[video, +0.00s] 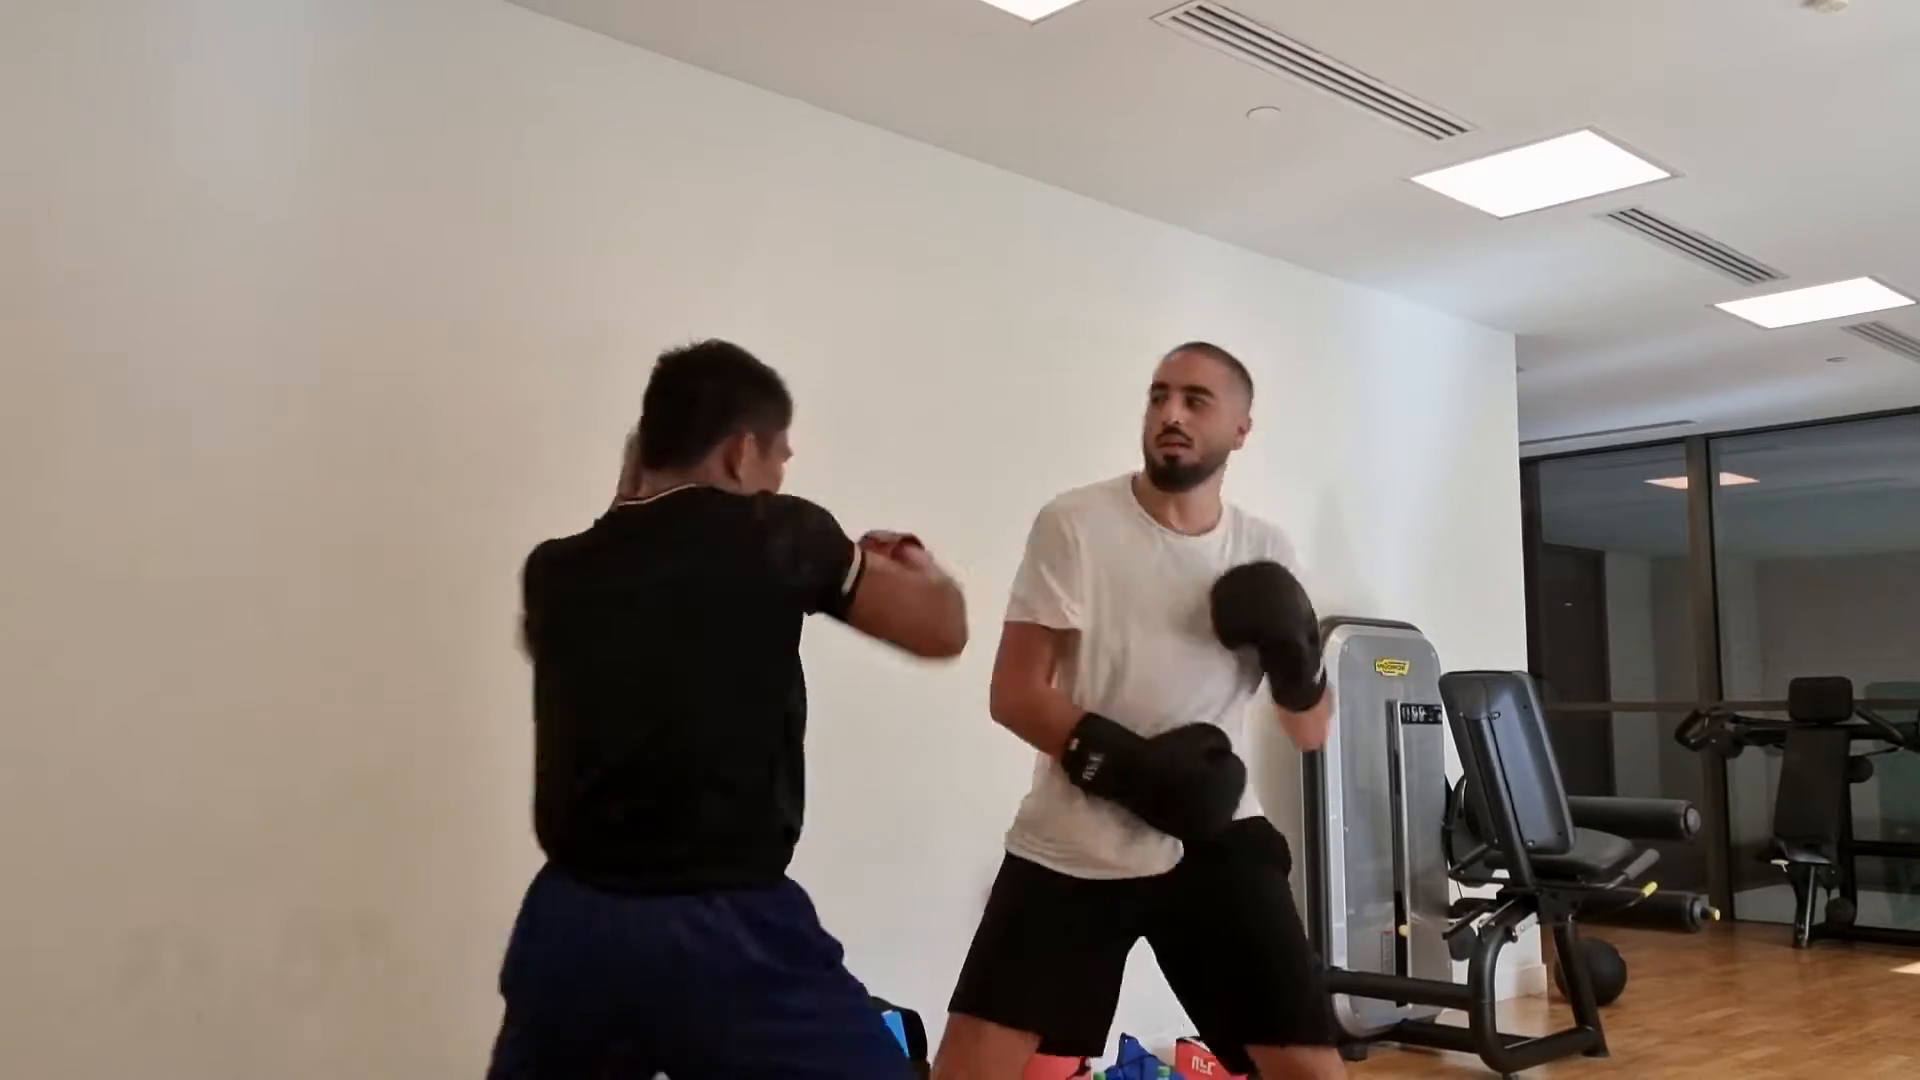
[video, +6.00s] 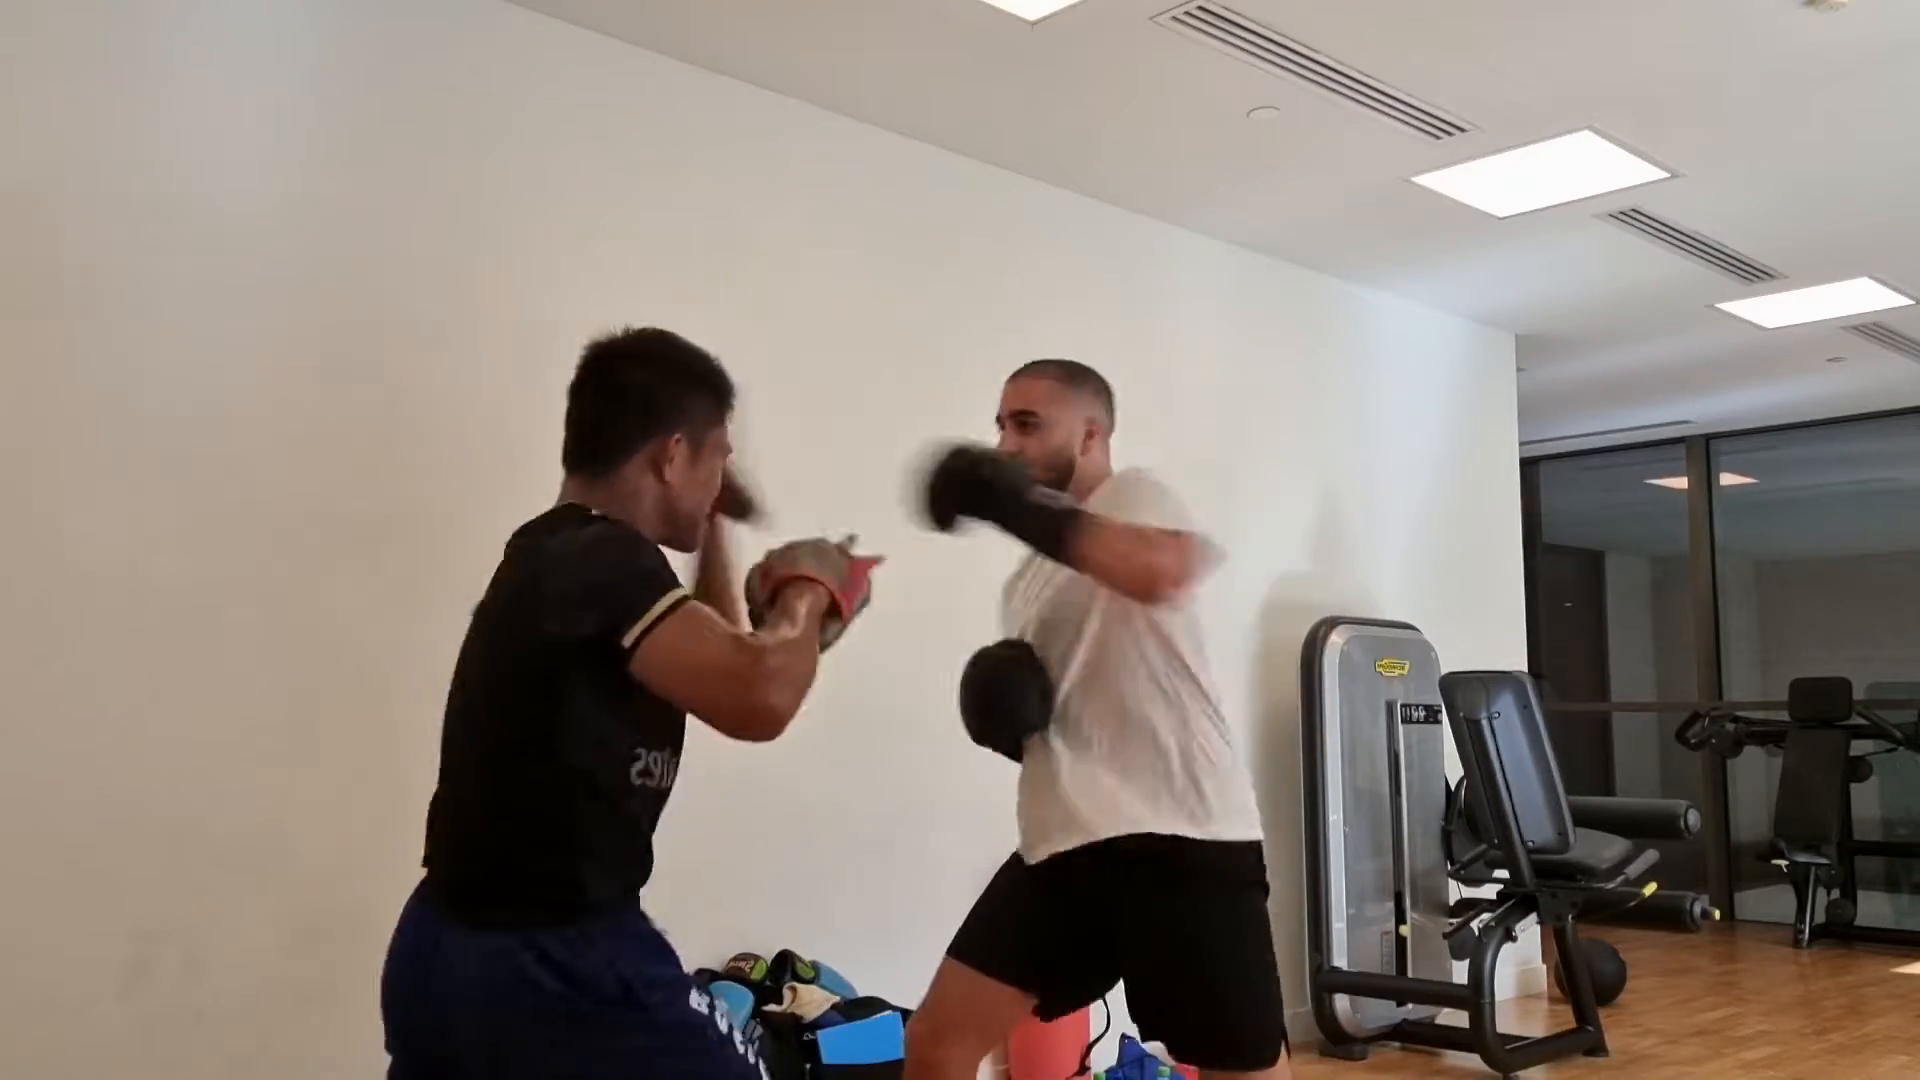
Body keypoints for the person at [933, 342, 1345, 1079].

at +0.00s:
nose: (1171, 413)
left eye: (1198, 400)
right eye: (1160, 397)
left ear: (1241, 430)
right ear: (1143, 415)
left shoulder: (1266, 551)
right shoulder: (1074, 526)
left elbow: (1311, 731)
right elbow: (1015, 692)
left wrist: (1292, 649)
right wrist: (1127, 763)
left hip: (1217, 856)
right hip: (1068, 852)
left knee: (1312, 1069)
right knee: (972, 1068)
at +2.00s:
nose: (1088, 419)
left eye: (1112, 402)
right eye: (1079, 404)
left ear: (1168, 420)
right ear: (1067, 419)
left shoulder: (1235, 545)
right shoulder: (1020, 542)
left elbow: (1291, 718)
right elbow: (993, 717)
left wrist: (1190, 685)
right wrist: (1067, 783)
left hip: (1207, 860)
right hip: (1052, 867)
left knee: (1282, 1068)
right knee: (955, 1067)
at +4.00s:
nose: (1143, 431)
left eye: (1165, 412)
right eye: (1123, 414)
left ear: (1202, 434)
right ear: (1103, 436)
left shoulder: (1237, 561)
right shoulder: (1056, 537)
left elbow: (1270, 737)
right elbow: (995, 711)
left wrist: (1225, 707)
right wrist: (1104, 794)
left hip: (1204, 865)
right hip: (1056, 866)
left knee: (1298, 1066)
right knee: (966, 1070)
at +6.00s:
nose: (1003, 443)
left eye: (1026, 423)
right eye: (1001, 426)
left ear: (1093, 435)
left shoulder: (1135, 495)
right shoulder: (1023, 584)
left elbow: (1165, 570)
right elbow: (1051, 732)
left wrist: (1014, 505)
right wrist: (1006, 708)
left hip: (1185, 847)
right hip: (1062, 857)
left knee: (1248, 1069)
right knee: (939, 1045)